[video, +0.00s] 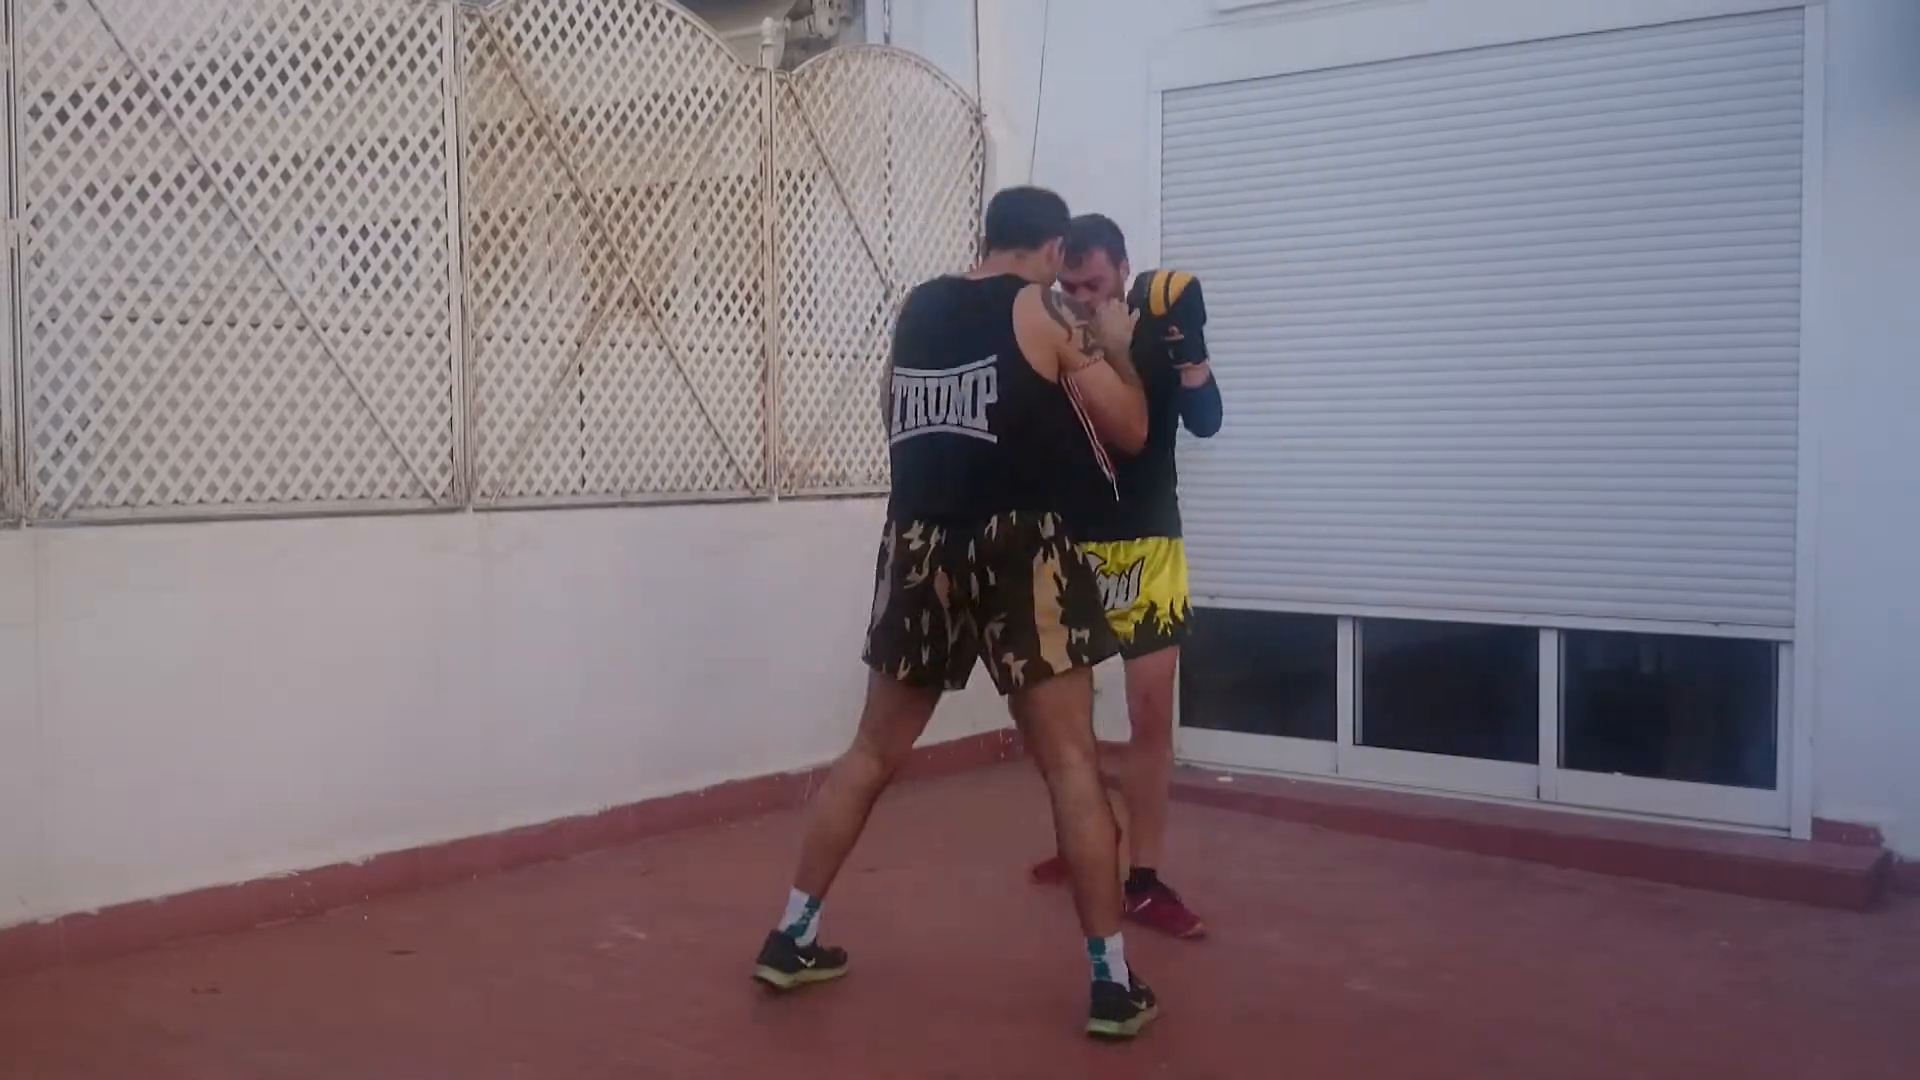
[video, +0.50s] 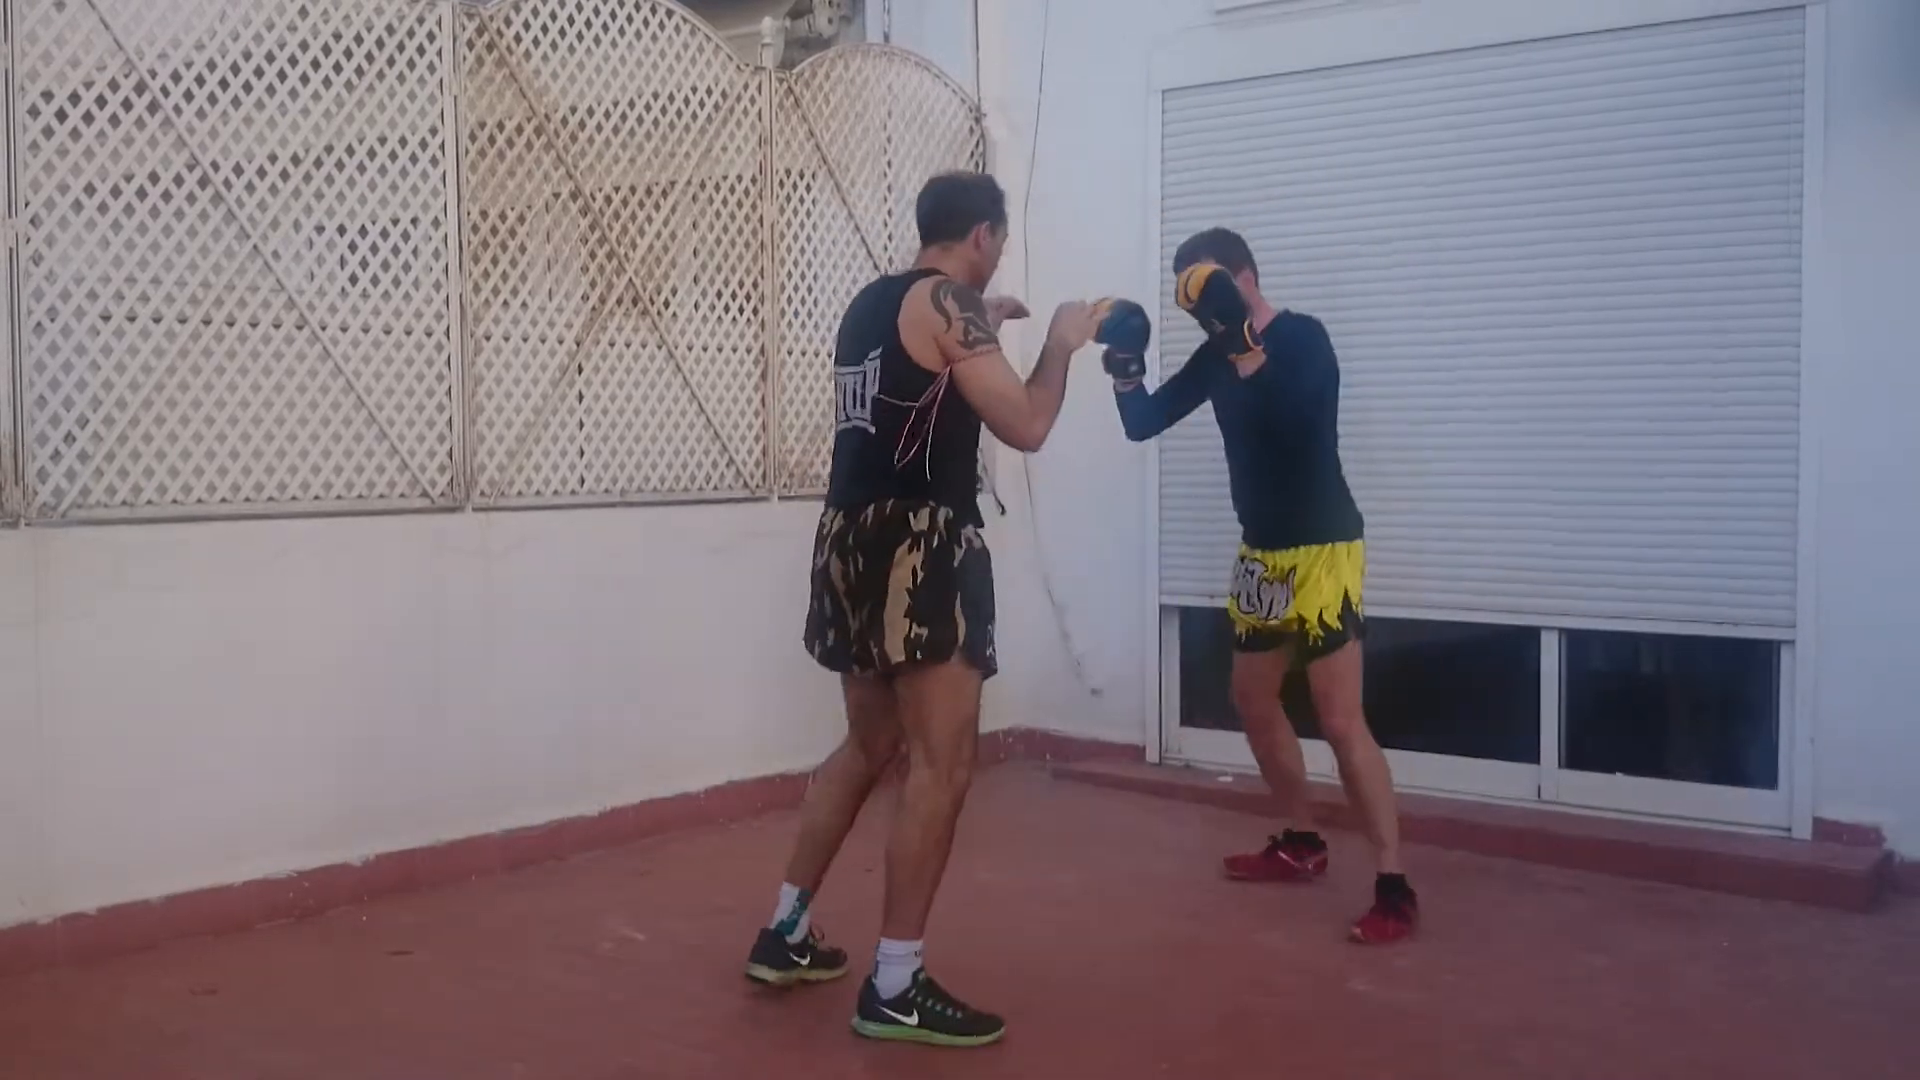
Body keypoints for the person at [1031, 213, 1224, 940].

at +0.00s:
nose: (1090, 297)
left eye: (1101, 284)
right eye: (1078, 286)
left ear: (1124, 275)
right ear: (1058, 281)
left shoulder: (1154, 337)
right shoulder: (1043, 340)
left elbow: (1205, 422)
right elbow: (1022, 425)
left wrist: (1184, 347)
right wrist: (1065, 348)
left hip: (1147, 542)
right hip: (1064, 542)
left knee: (1152, 714)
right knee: (1063, 712)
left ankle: (1142, 875)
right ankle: (1085, 845)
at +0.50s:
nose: (1209, 302)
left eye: (1217, 286)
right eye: (1198, 294)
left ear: (1251, 276)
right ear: (1197, 301)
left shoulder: (1301, 334)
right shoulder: (1212, 359)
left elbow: (1301, 416)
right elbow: (1141, 423)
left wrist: (1247, 345)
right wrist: (1124, 366)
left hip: (1325, 548)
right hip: (1261, 551)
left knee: (1341, 720)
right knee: (1253, 700)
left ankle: (1392, 883)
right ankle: (1301, 841)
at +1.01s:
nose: (1263, 312)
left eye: (1272, 297)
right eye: (1255, 302)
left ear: (1312, 297)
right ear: (1250, 310)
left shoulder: (1350, 367)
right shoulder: (1255, 372)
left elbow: (1350, 439)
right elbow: (1187, 425)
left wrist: (1285, 366)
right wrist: (1177, 361)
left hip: (1355, 576)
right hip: (1273, 571)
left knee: (1404, 739)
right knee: (1191, 701)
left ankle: (1467, 859)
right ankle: (1226, 864)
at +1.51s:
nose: (1210, 311)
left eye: (1223, 301)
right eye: (1202, 300)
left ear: (1253, 309)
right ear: (1191, 310)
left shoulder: (1294, 377)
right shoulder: (1176, 379)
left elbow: (1392, 416)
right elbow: (1104, 388)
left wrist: (1429, 364)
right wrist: (1113, 321)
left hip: (1259, 554)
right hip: (1180, 557)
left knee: (1247, 713)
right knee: (1158, 731)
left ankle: (1251, 888)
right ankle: (1222, 858)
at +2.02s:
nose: (1261, 309)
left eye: (1272, 292)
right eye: (1252, 297)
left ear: (1304, 288)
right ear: (1246, 305)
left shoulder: (1358, 362)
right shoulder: (1245, 366)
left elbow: (1424, 448)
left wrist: (1418, 388)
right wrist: (1205, 299)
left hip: (1310, 551)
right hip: (1241, 549)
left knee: (1285, 718)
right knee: (1189, 714)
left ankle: (1292, 902)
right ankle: (1227, 864)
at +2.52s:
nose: (1436, 287)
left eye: (1447, 271)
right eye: (1434, 274)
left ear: (1497, 271)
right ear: (1485, 276)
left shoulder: (1556, 357)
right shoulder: (1489, 363)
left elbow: (1579, 484)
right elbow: (1497, 472)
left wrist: (1476, 506)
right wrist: (1434, 476)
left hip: (1542, 578)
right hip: (1480, 570)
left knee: (1491, 754)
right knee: (1417, 717)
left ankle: (1534, 916)